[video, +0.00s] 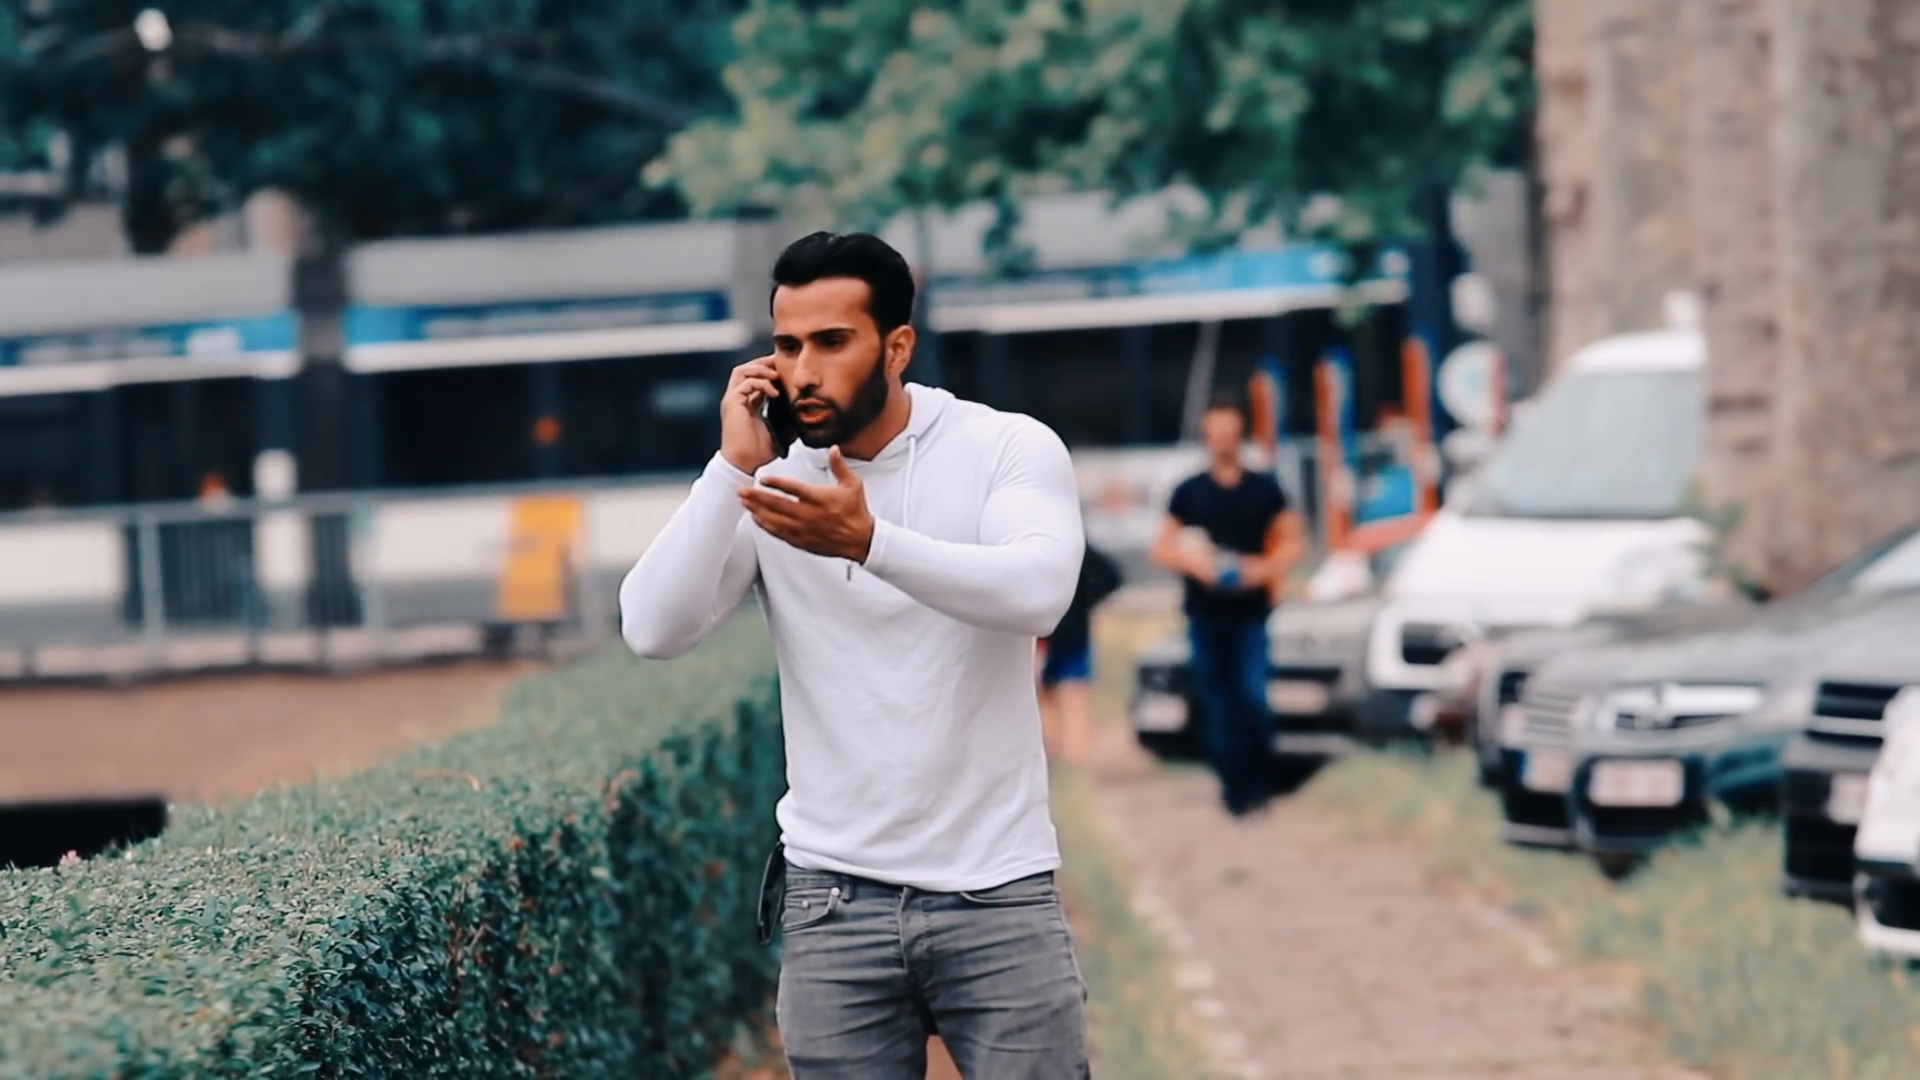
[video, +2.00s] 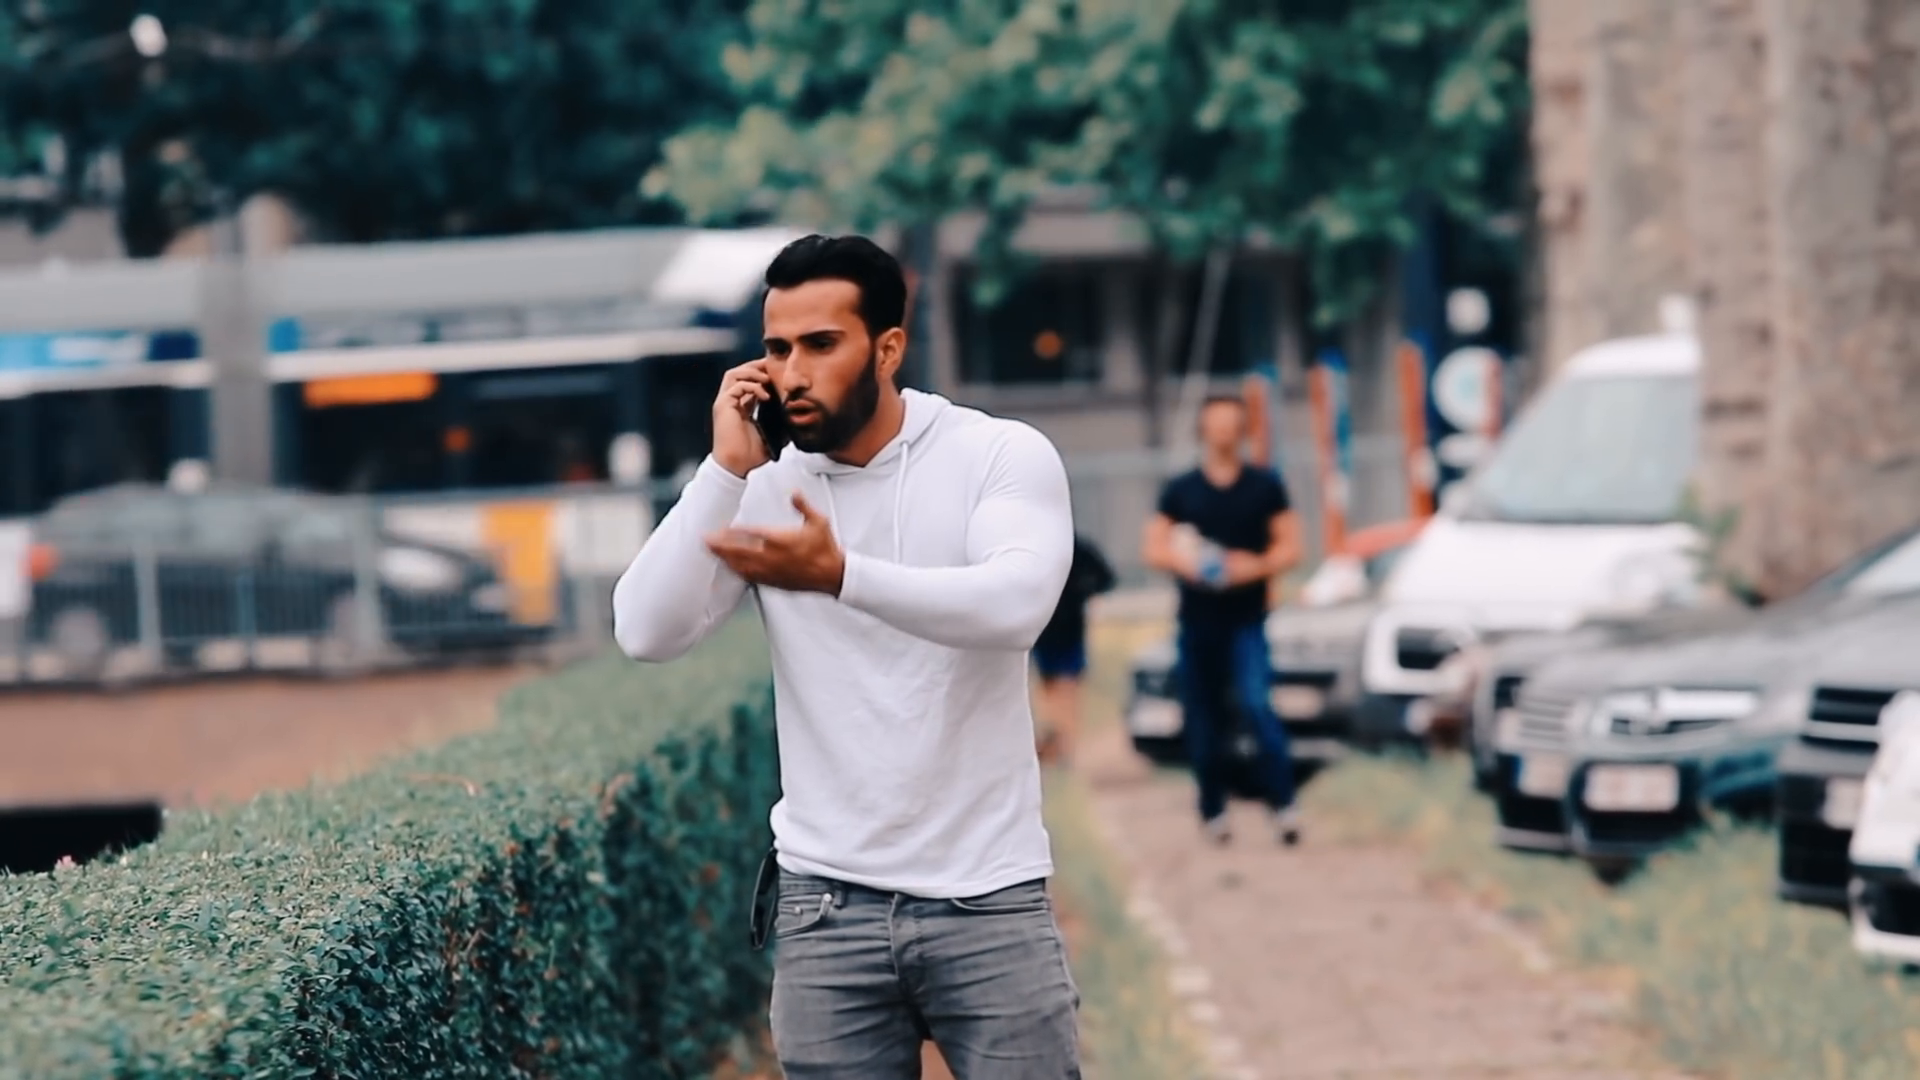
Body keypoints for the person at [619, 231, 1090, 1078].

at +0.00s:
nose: (801, 372)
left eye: (830, 342)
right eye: (787, 347)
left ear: (896, 346)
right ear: (771, 354)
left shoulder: (1012, 448)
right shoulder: (765, 485)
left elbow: (1037, 595)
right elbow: (651, 627)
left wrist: (867, 540)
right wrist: (733, 467)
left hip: (1000, 892)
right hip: (830, 899)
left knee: (1044, 1064)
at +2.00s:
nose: (790, 374)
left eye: (819, 345)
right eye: (778, 349)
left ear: (888, 347)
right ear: (763, 355)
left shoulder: (1006, 457)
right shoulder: (764, 487)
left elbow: (1014, 607)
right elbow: (645, 631)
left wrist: (838, 574)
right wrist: (723, 469)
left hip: (991, 897)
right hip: (822, 902)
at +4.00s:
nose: (792, 371)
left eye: (821, 341)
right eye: (779, 346)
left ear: (890, 344)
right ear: (764, 354)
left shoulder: (1009, 456)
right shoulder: (768, 483)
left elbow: (1011, 608)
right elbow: (648, 627)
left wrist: (836, 562)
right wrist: (725, 467)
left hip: (991, 896)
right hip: (823, 902)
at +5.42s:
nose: (780, 373)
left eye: (809, 345)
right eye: (768, 347)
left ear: (877, 348)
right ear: (752, 351)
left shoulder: (988, 451)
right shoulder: (750, 488)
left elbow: (1003, 583)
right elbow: (628, 626)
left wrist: (820, 571)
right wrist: (713, 466)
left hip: (975, 899)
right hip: (807, 906)